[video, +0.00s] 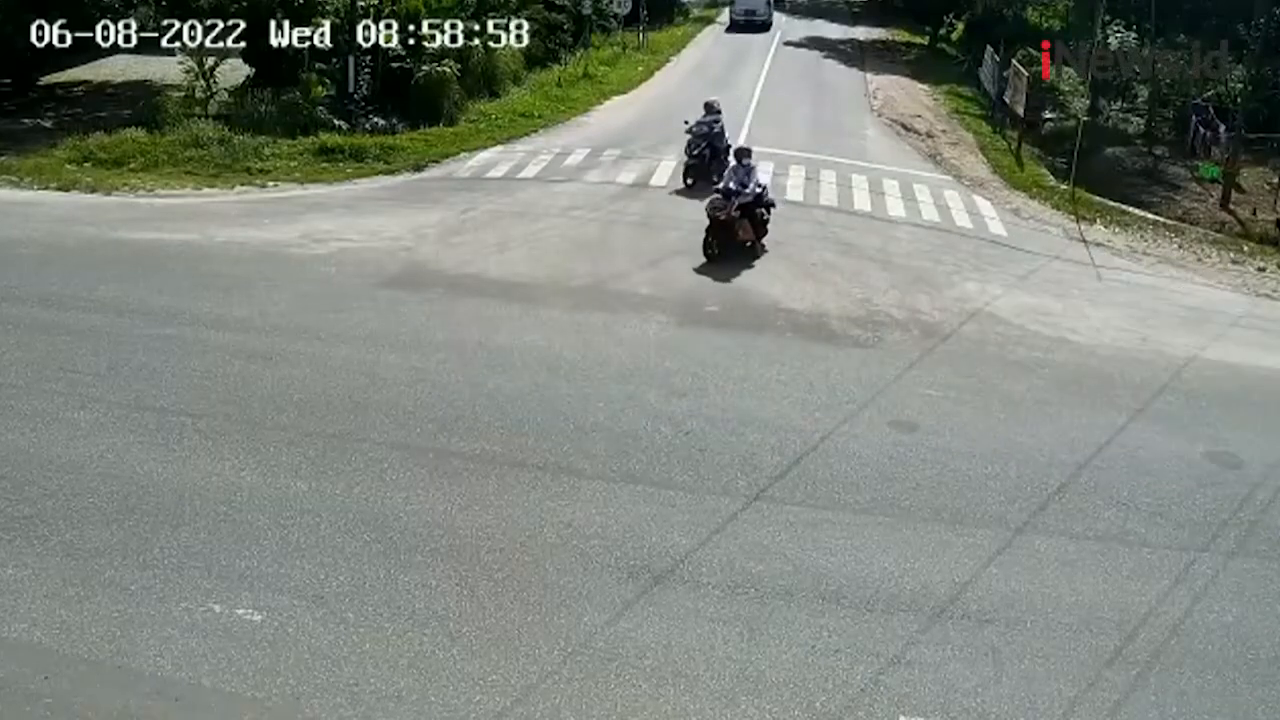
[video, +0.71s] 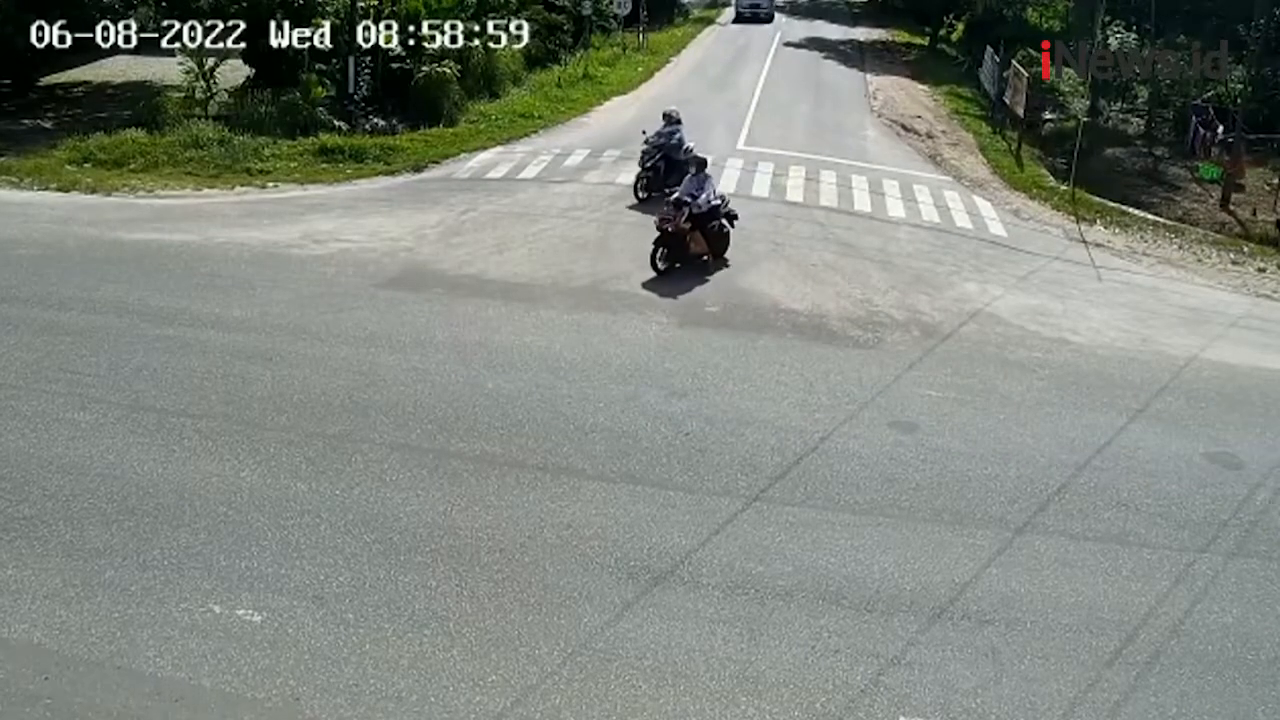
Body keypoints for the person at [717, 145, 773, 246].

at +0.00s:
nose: (747, 160)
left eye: (749, 157)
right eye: (744, 158)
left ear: (750, 158)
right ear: (739, 158)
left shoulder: (752, 169)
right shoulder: (733, 169)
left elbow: (752, 184)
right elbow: (725, 182)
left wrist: (746, 191)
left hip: (748, 197)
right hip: (733, 196)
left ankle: (757, 241)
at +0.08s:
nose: (743, 161)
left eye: (745, 158)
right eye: (740, 159)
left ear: (746, 159)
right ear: (735, 159)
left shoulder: (748, 170)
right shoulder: (729, 170)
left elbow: (749, 185)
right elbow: (722, 183)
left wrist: (742, 192)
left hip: (744, 201)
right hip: (729, 200)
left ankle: (754, 241)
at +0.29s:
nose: (729, 164)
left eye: (731, 160)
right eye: (727, 161)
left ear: (735, 160)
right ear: (722, 161)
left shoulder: (738, 173)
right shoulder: (719, 173)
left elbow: (739, 185)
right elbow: (711, 185)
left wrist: (732, 194)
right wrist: (706, 191)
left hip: (735, 204)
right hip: (720, 204)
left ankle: (744, 244)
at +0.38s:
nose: (721, 165)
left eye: (724, 162)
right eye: (719, 162)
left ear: (728, 162)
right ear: (716, 163)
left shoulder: (733, 174)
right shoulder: (715, 174)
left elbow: (734, 188)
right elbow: (707, 185)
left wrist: (727, 196)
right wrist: (701, 192)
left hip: (729, 203)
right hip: (716, 203)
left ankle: (738, 246)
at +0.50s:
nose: (710, 166)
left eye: (713, 163)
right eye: (709, 163)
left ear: (719, 164)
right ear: (707, 164)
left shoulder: (724, 176)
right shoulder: (707, 174)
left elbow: (725, 190)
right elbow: (699, 186)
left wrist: (718, 198)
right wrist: (692, 194)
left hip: (720, 201)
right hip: (707, 198)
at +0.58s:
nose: (703, 168)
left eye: (706, 165)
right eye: (702, 164)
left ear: (712, 166)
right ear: (701, 165)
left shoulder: (718, 178)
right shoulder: (700, 175)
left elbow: (718, 193)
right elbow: (693, 187)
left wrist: (710, 201)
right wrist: (685, 195)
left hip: (714, 206)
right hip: (699, 203)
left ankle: (719, 250)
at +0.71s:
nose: (692, 168)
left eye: (694, 166)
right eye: (691, 165)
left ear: (701, 167)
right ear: (691, 167)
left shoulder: (708, 179)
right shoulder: (689, 178)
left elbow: (707, 194)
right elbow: (682, 190)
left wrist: (696, 203)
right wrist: (674, 198)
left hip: (708, 207)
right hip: (693, 207)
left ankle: (713, 252)